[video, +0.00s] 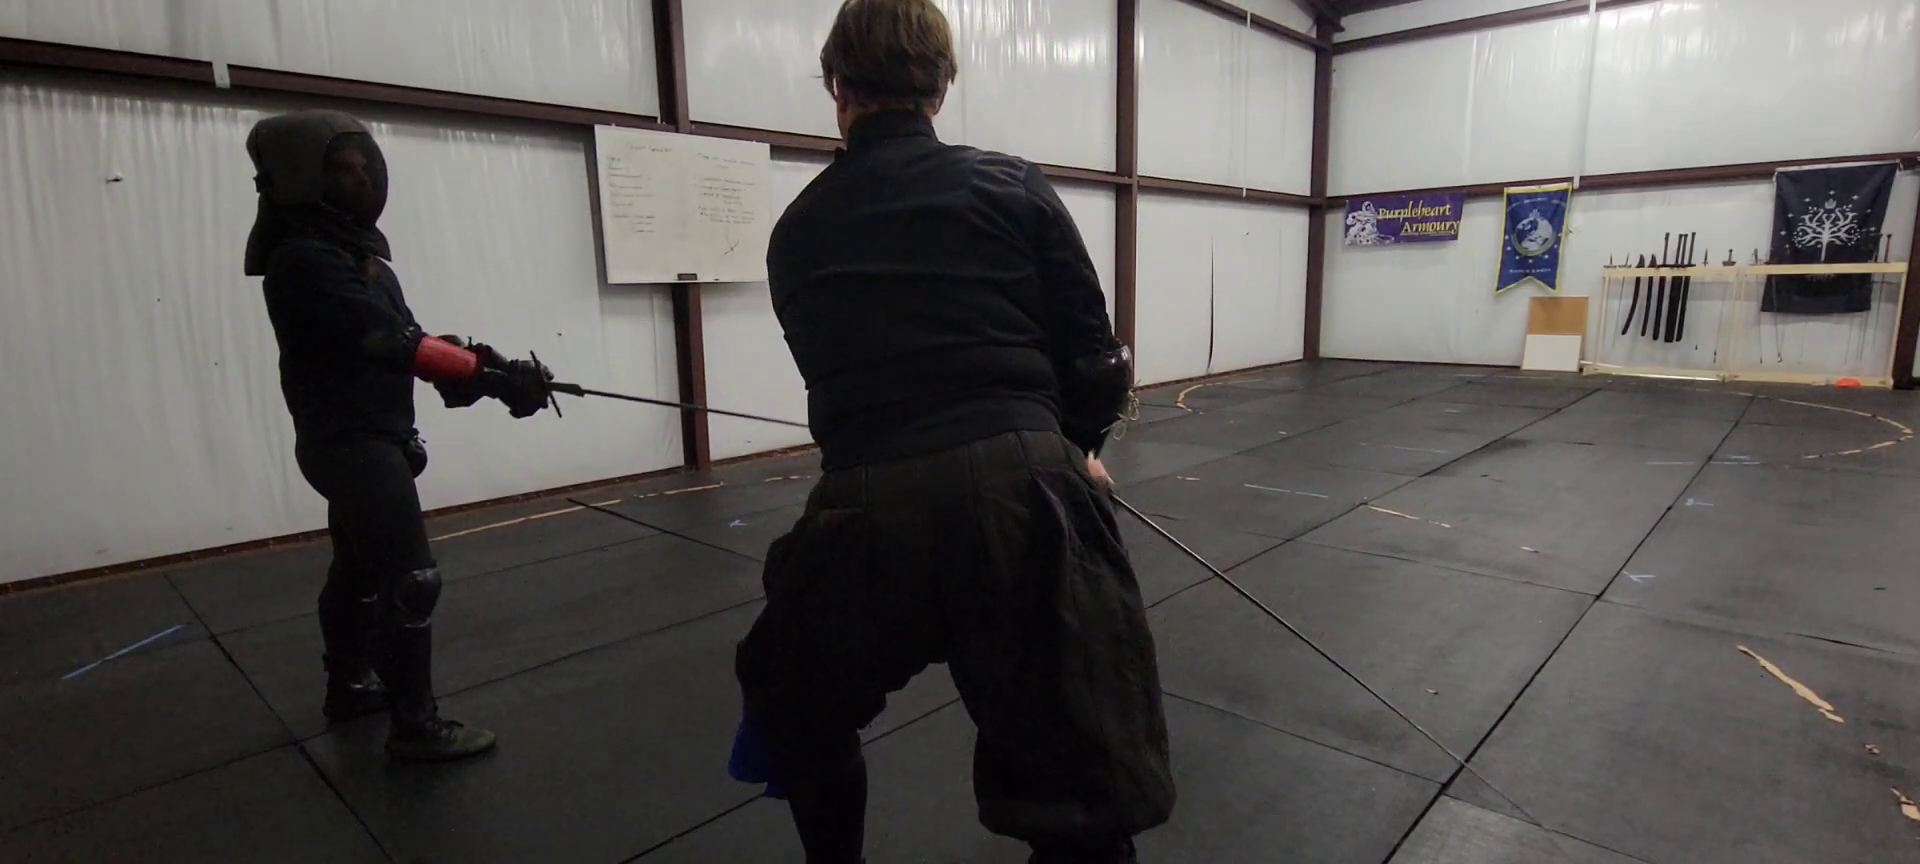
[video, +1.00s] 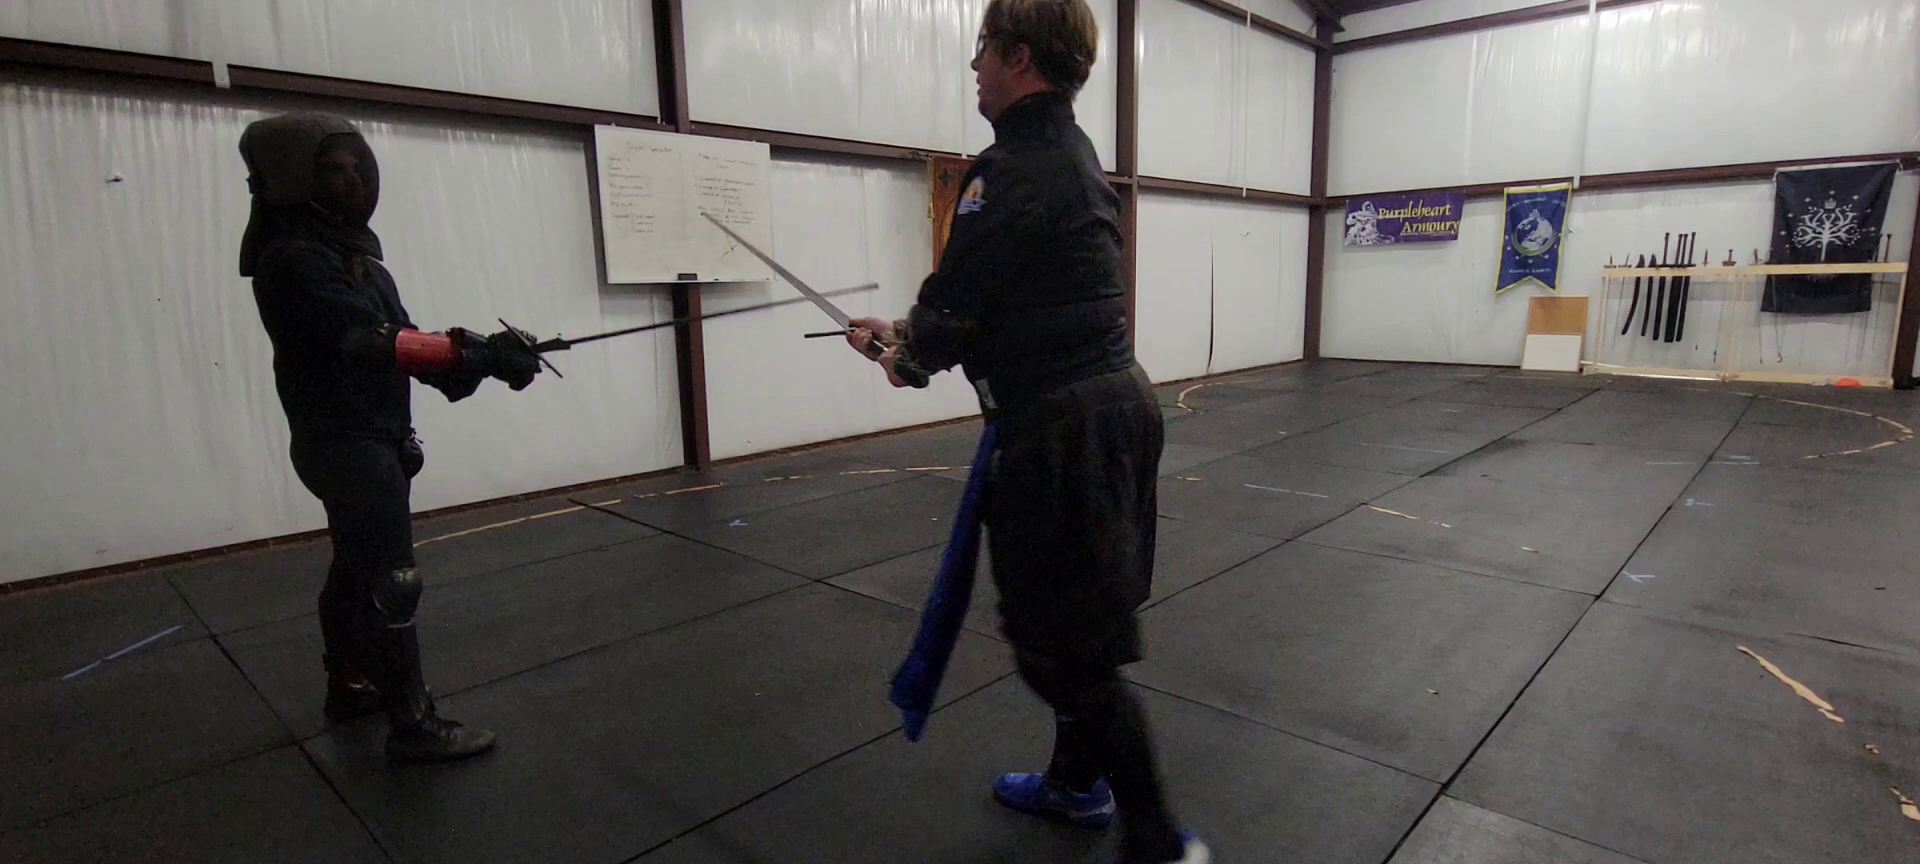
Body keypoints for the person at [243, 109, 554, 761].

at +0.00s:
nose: (368, 178)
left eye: (371, 165)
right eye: (350, 167)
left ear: (375, 172)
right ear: (311, 179)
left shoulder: (350, 246)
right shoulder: (304, 258)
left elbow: (393, 336)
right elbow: (381, 341)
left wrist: (466, 361)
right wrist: (493, 374)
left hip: (375, 441)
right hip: (352, 446)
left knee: (359, 571)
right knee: (409, 580)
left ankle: (349, 689)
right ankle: (416, 725)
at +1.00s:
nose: (363, 183)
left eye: (365, 170)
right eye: (346, 172)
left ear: (367, 176)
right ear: (311, 182)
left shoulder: (347, 245)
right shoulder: (292, 256)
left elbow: (388, 333)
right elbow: (360, 342)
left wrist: (462, 358)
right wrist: (473, 355)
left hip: (375, 439)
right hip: (344, 445)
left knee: (358, 569)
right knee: (392, 581)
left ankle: (350, 688)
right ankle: (410, 724)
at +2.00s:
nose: (355, 181)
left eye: (361, 169)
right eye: (339, 169)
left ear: (371, 179)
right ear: (308, 179)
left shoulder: (350, 245)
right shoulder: (292, 254)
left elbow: (393, 328)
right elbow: (364, 334)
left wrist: (466, 349)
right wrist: (478, 345)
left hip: (376, 439)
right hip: (343, 444)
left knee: (359, 569)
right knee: (392, 582)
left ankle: (349, 688)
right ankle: (411, 723)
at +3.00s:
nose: (375, 176)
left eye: (378, 165)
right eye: (360, 165)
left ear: (382, 174)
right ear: (324, 176)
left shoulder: (349, 249)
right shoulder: (319, 256)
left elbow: (378, 357)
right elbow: (377, 348)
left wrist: (401, 438)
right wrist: (440, 371)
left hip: (371, 440)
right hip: (354, 445)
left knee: (358, 568)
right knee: (393, 573)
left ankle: (350, 687)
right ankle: (413, 718)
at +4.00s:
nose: (448, 202)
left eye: (448, 187)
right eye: (440, 188)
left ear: (365, 190)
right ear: (411, 192)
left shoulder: (331, 264)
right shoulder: (399, 268)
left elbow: (333, 370)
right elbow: (447, 366)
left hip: (349, 443)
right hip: (393, 449)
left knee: (373, 571)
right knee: (462, 579)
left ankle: (350, 688)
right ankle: (442, 722)